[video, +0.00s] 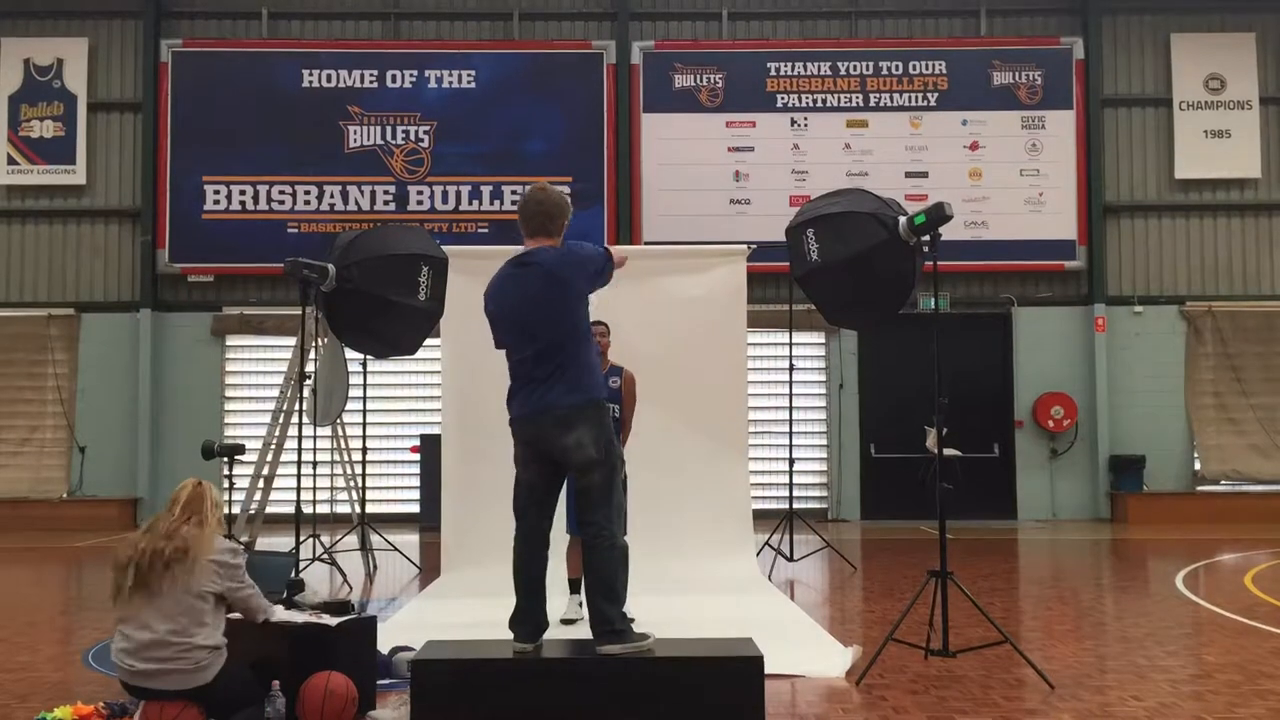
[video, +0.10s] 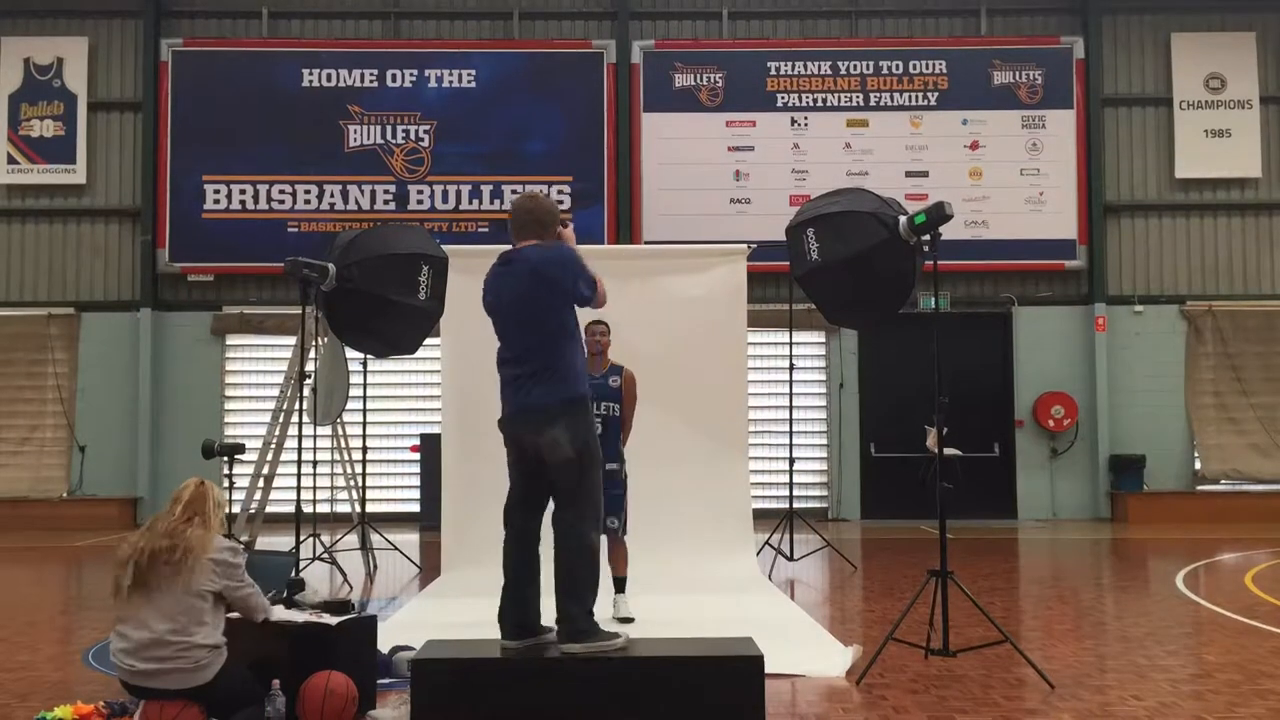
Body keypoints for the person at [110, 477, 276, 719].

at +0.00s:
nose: (222, 519)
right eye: (220, 513)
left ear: (173, 508)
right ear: (214, 514)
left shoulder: (141, 541)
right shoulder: (223, 551)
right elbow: (257, 610)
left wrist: (222, 606)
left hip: (134, 680)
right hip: (194, 680)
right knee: (253, 700)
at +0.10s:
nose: (222, 519)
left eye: (221, 512)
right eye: (221, 513)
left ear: (174, 507)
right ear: (214, 514)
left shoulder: (141, 540)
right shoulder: (222, 550)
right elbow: (258, 610)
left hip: (133, 679)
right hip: (194, 679)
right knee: (253, 701)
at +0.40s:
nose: (218, 516)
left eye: (217, 510)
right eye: (216, 510)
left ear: (165, 507)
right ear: (208, 514)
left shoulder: (135, 545)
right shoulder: (218, 555)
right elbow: (255, 611)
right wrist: (271, 608)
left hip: (134, 680)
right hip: (194, 679)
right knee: (252, 701)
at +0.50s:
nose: (225, 526)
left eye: (225, 519)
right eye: (224, 519)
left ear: (177, 509)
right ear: (216, 518)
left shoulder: (139, 544)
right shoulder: (220, 555)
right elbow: (242, 622)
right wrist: (256, 614)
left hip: (135, 681)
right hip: (195, 680)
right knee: (253, 701)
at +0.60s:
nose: (215, 517)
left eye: (214, 510)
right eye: (213, 511)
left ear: (166, 506)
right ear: (206, 513)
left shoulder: (132, 545)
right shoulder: (211, 551)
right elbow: (242, 617)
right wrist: (256, 611)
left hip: (136, 680)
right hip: (196, 678)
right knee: (253, 702)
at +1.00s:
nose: (215, 512)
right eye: (213, 506)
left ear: (164, 504)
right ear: (206, 510)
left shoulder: (135, 544)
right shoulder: (214, 553)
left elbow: (129, 608)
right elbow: (246, 617)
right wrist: (257, 615)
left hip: (135, 680)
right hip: (195, 679)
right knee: (252, 701)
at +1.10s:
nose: (215, 512)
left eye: (215, 505)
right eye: (213, 506)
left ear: (167, 505)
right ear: (205, 510)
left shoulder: (135, 544)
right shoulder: (214, 553)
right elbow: (246, 617)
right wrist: (256, 616)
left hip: (135, 680)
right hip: (194, 679)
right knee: (252, 701)